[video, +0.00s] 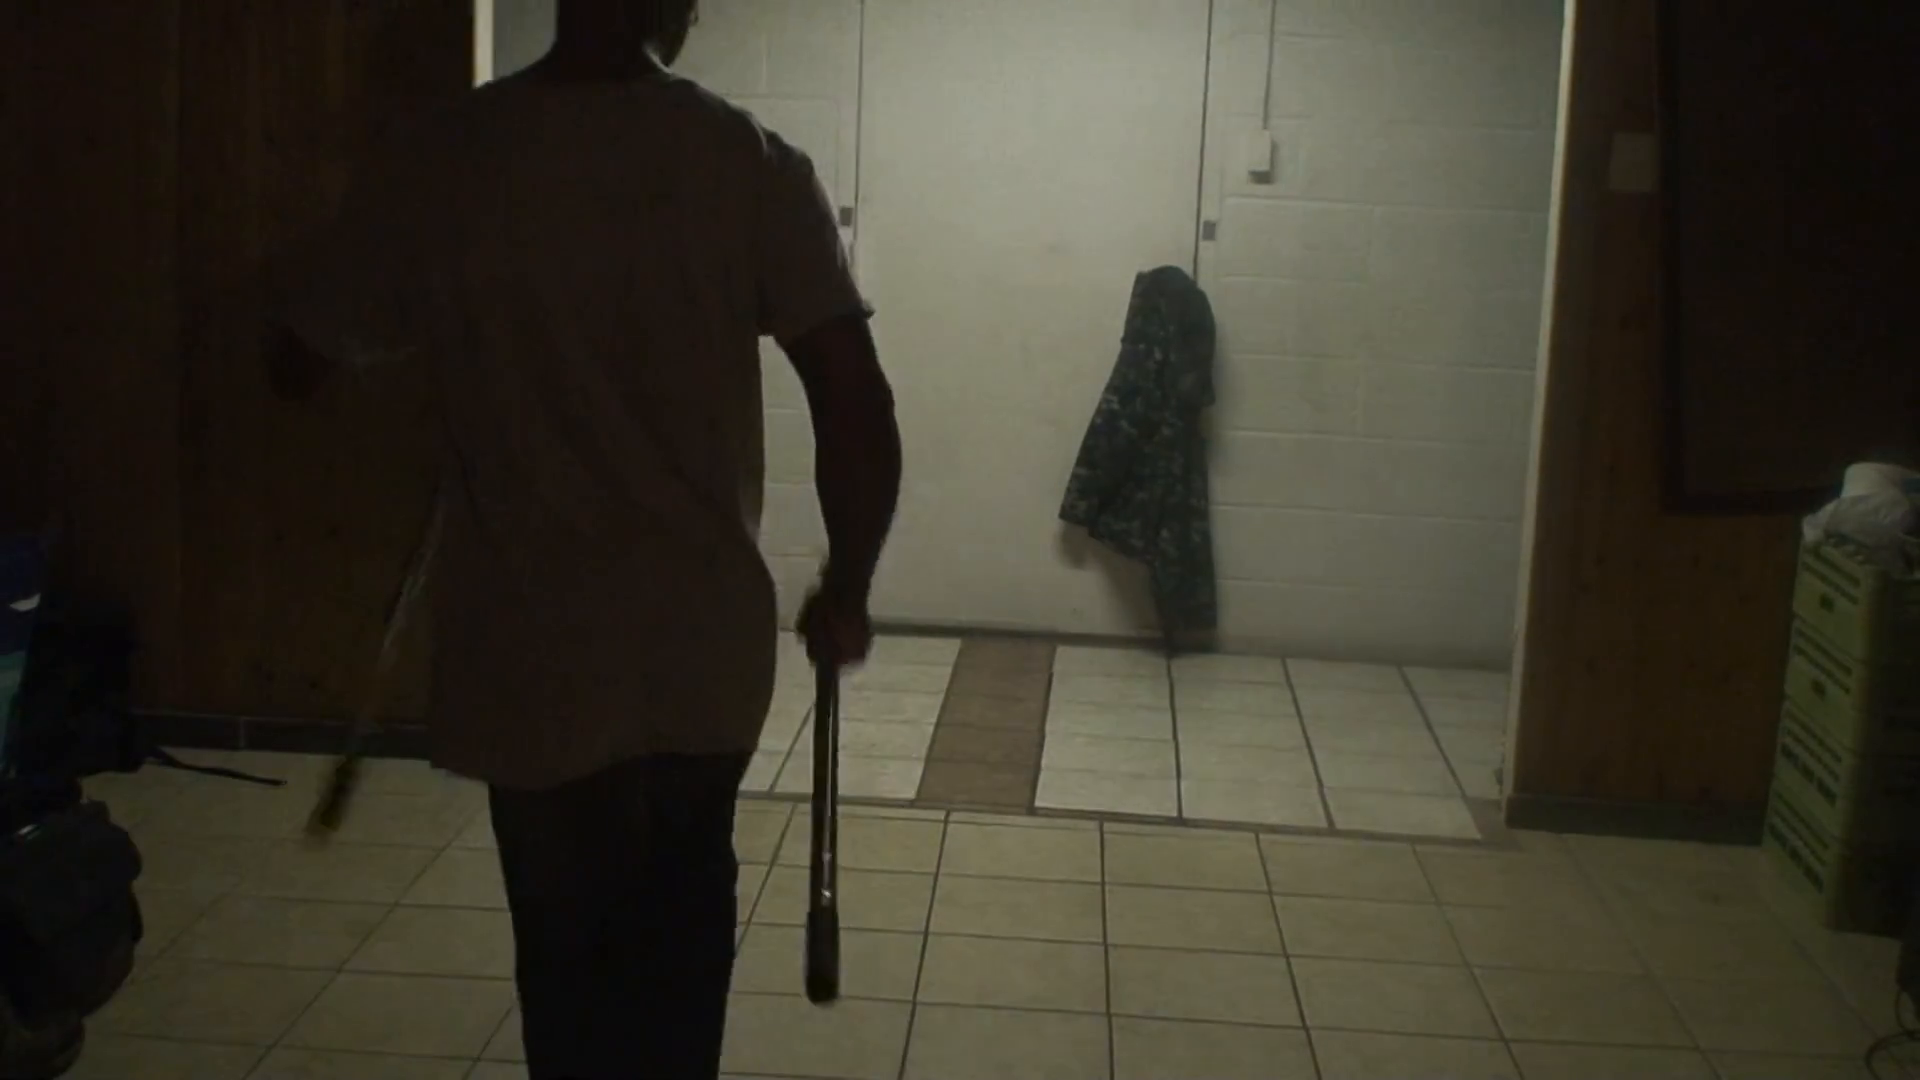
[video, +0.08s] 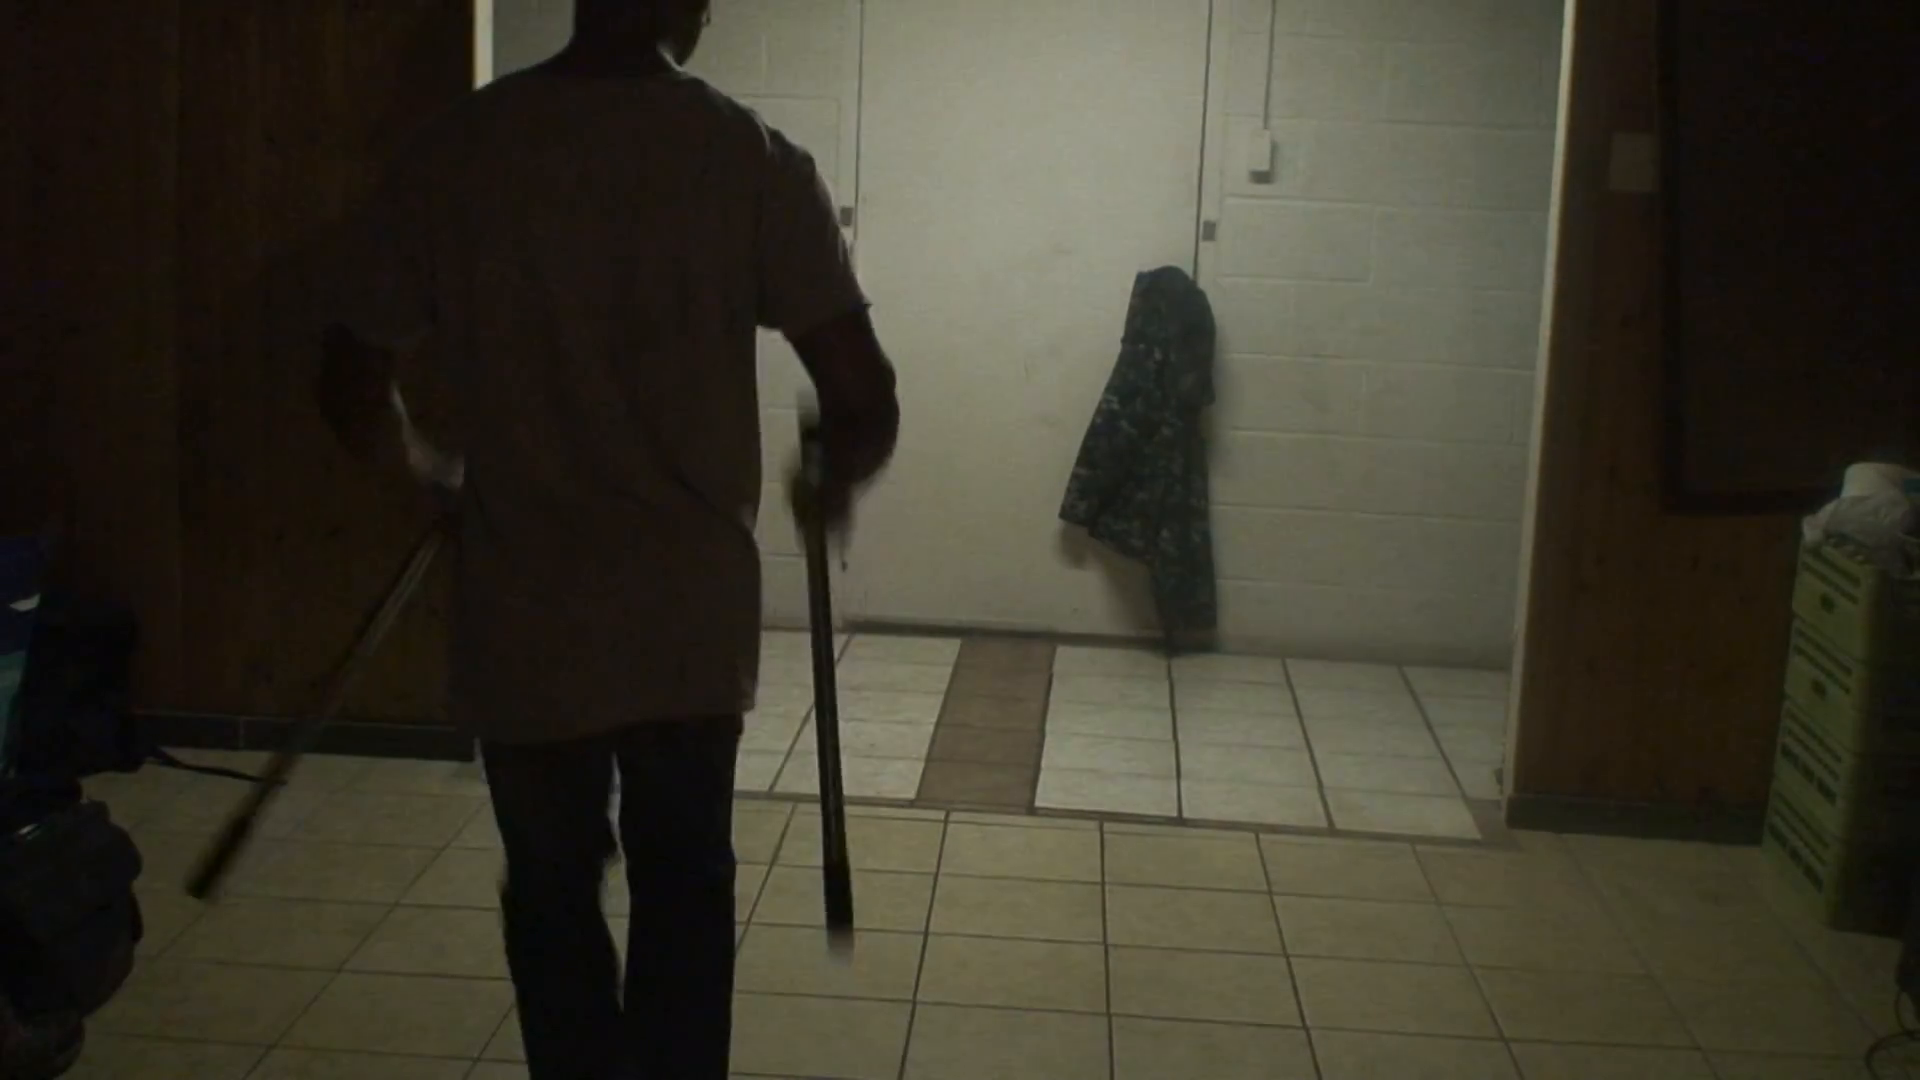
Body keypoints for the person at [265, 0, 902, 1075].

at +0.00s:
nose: (681, 21)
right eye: (684, 16)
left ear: (558, 6)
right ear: (675, 16)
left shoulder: (446, 148)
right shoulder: (747, 167)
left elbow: (298, 350)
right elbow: (856, 407)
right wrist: (847, 587)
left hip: (517, 637)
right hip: (699, 635)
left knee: (556, 940)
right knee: (681, 928)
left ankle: (571, 1074)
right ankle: (670, 1074)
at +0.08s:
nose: (700, 19)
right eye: (700, 11)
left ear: (579, 6)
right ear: (684, 13)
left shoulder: (454, 144)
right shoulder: (747, 160)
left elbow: (349, 374)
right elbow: (863, 395)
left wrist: (419, 482)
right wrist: (828, 480)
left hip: (522, 604)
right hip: (691, 604)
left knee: (549, 889)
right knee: (684, 886)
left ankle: (574, 1069)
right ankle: (676, 1072)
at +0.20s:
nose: (713, 16)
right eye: (714, 10)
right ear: (700, 10)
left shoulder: (475, 122)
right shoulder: (752, 145)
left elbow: (366, 332)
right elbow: (864, 362)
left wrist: (353, 508)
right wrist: (822, 202)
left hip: (503, 517)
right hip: (666, 535)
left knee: (513, 672)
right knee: (669, 837)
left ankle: (546, 903)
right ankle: (668, 1065)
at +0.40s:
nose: (706, 30)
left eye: (701, 16)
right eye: (704, 16)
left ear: (593, 10)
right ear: (686, 20)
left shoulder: (478, 125)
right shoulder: (733, 153)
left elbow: (368, 313)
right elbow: (831, 360)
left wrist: (365, 477)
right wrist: (805, 257)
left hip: (495, 502)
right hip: (641, 524)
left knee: (506, 729)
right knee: (625, 785)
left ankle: (516, 962)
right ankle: (588, 1050)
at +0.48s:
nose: (699, 47)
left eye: (697, 29)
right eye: (698, 29)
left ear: (588, 21)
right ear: (678, 31)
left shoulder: (471, 146)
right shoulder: (717, 173)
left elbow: (370, 317)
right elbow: (805, 377)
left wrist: (386, 456)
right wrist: (777, 418)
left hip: (494, 524)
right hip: (635, 540)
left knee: (507, 742)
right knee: (627, 793)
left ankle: (514, 965)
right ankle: (588, 1054)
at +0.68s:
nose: (682, 59)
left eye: (681, 39)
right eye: (681, 39)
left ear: (581, 26)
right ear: (658, 39)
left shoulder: (471, 146)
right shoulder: (696, 167)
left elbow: (383, 313)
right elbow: (741, 362)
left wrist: (450, 282)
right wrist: (745, 509)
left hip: (506, 482)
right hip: (634, 489)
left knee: (516, 711)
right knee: (630, 690)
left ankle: (520, 967)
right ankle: (591, 911)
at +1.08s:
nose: (743, 81)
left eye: (742, 63)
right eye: (743, 65)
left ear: (653, 48)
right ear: (725, 63)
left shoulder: (548, 157)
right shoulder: (724, 179)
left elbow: (473, 285)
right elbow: (743, 327)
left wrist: (528, 383)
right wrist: (763, 446)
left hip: (568, 443)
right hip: (682, 451)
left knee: (578, 639)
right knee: (684, 645)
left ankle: (546, 864)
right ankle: (630, 845)